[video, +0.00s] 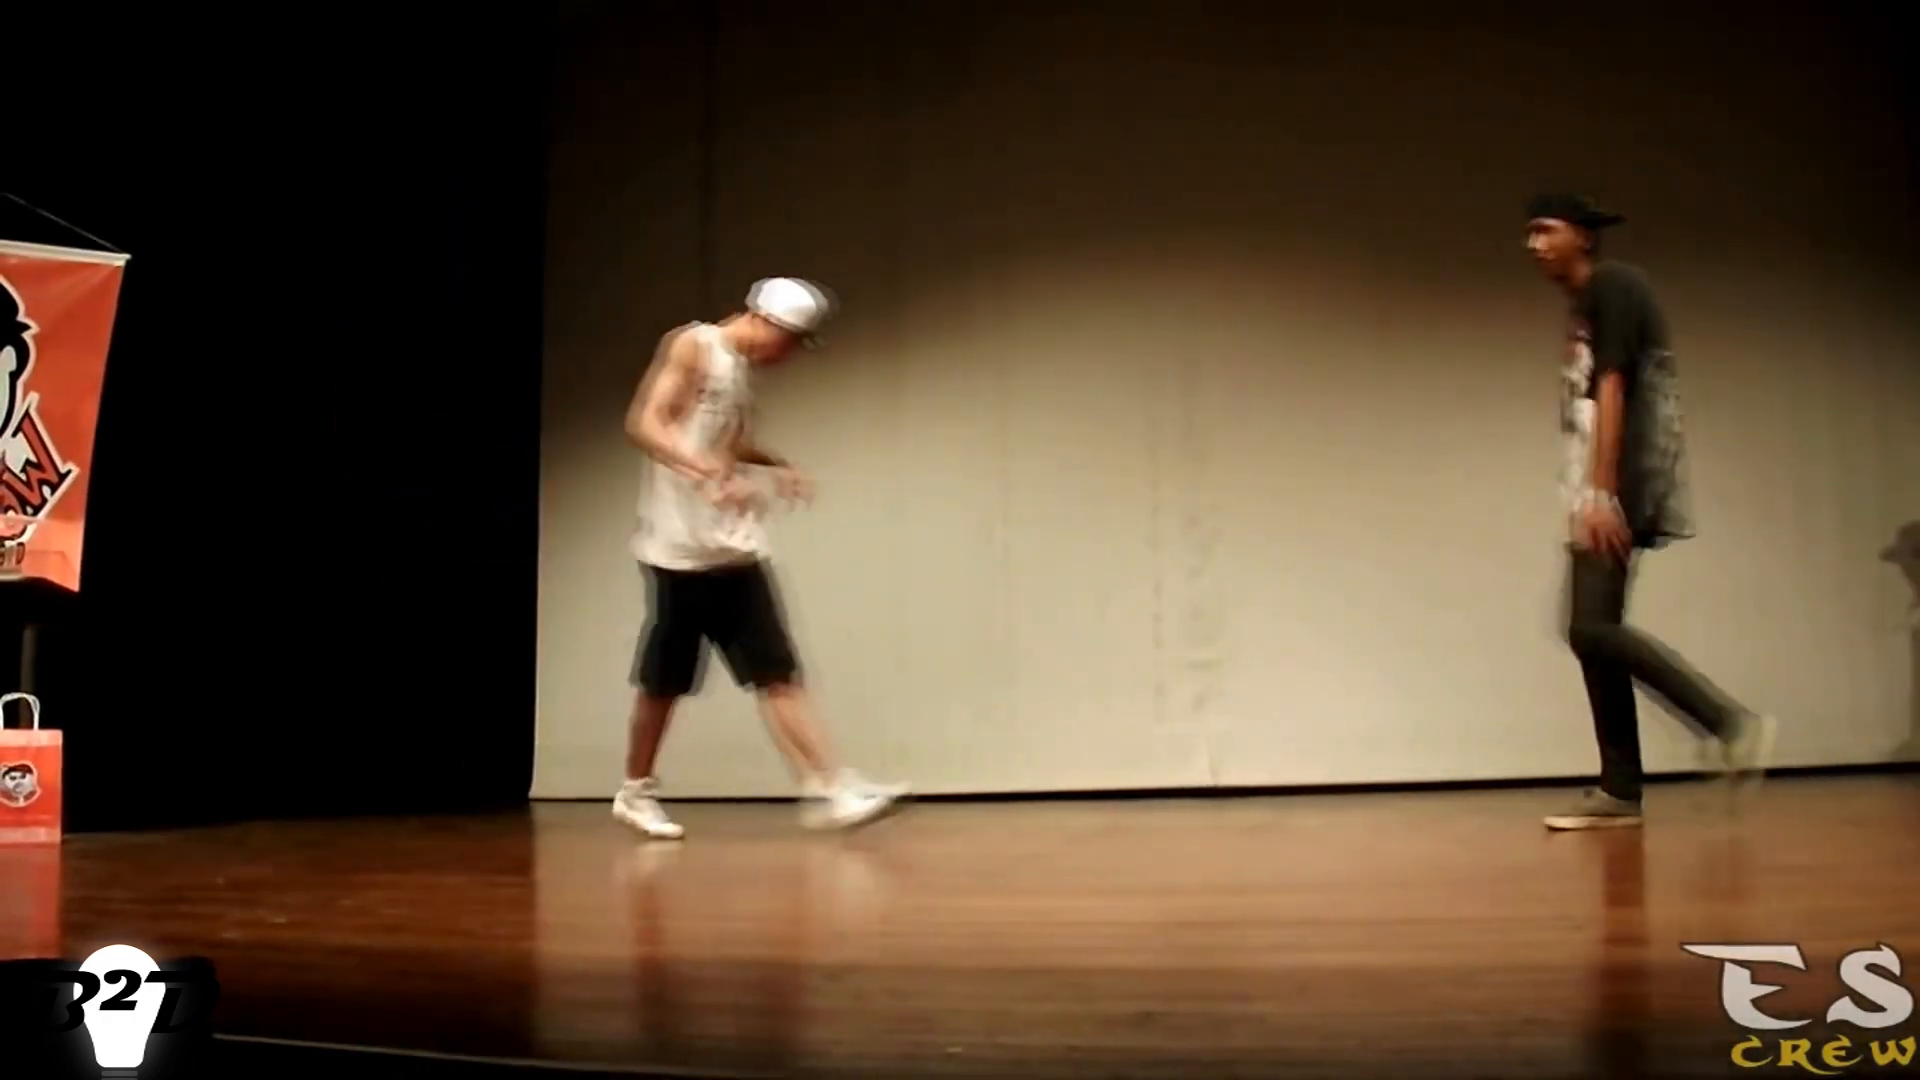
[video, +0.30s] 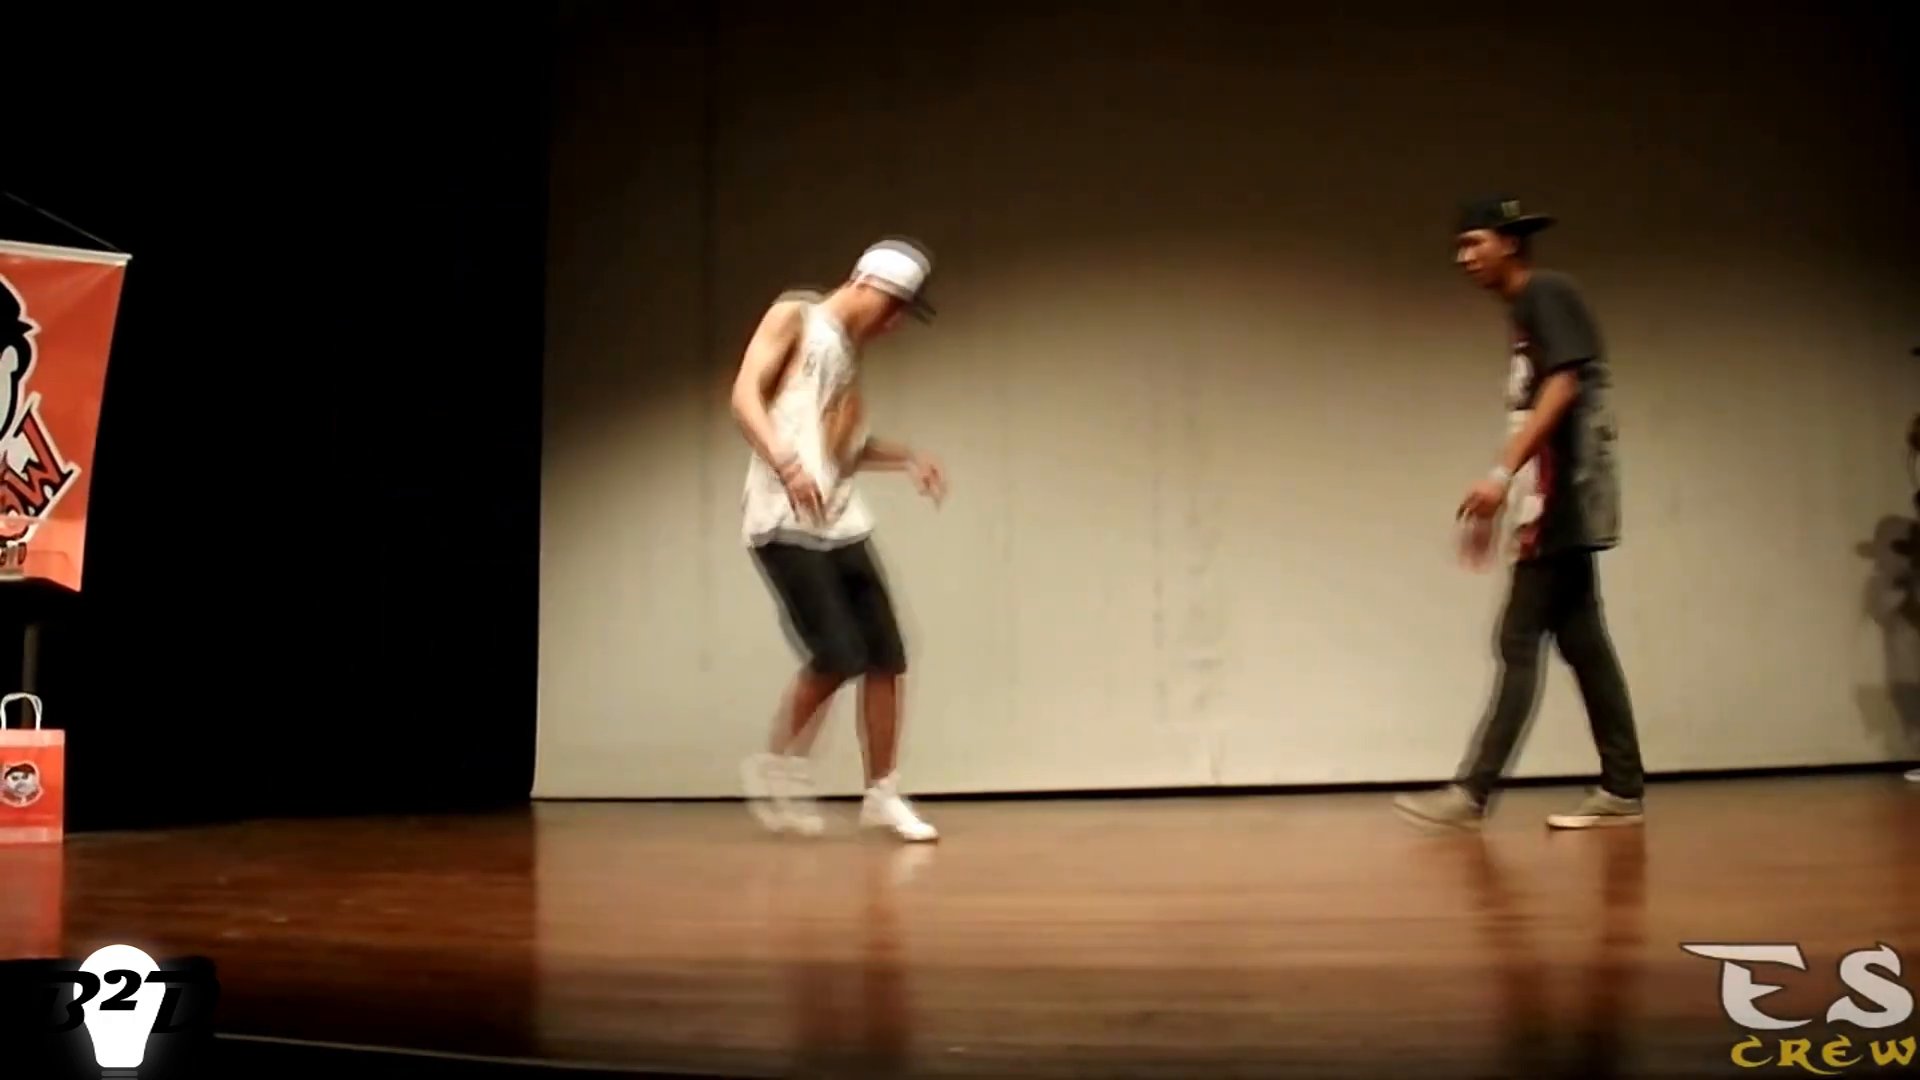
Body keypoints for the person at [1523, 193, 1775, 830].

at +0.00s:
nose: (1534, 243)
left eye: (1546, 231)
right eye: (1532, 233)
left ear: (1582, 236)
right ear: (1558, 244)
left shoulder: (1613, 289)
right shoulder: (1592, 300)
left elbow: (1611, 395)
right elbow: (1602, 404)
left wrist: (1602, 492)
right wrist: (1593, 496)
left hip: (1616, 497)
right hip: (1600, 499)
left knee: (1594, 630)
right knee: (1595, 634)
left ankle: (1733, 725)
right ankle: (1620, 790)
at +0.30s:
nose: (1464, 257)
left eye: (1474, 243)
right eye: (1462, 246)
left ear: (1511, 243)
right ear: (1489, 252)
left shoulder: (1546, 295)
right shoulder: (1526, 308)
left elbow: (1562, 387)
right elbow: (1539, 415)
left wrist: (1500, 474)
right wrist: (1513, 502)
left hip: (1564, 509)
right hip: (1555, 508)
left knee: (1519, 640)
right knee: (1584, 643)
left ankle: (1472, 792)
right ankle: (1623, 789)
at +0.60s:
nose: (1403, 264)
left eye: (1412, 250)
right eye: (1399, 253)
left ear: (1447, 246)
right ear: (1418, 255)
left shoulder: (1484, 300)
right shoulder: (1456, 310)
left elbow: (1489, 411)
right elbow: (1463, 424)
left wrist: (1478, 512)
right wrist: (1445, 512)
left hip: (1492, 506)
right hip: (1468, 507)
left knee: (1481, 644)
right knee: (1448, 637)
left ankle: (1471, 797)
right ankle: (1562, 743)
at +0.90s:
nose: (1370, 249)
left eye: (1381, 234)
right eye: (1364, 239)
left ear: (1414, 237)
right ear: (1366, 251)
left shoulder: (1454, 294)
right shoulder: (1394, 318)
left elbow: (1470, 400)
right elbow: (1397, 425)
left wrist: (1446, 499)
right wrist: (1382, 512)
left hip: (1461, 503)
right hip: (1416, 508)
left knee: (1462, 644)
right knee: (1410, 644)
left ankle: (1472, 794)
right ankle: (1399, 787)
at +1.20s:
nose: (1343, 247)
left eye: (1354, 234)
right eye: (1334, 238)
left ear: (1384, 238)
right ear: (1331, 248)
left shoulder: (1423, 295)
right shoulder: (1343, 325)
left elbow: (1461, 387)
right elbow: (1337, 431)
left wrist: (1449, 470)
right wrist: (1322, 523)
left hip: (1424, 499)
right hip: (1369, 507)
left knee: (1415, 629)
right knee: (1364, 644)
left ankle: (1459, 779)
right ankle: (1375, 794)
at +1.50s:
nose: (1353, 233)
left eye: (1364, 220)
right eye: (1347, 224)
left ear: (1398, 225)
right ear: (1346, 236)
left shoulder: (1437, 287)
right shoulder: (1360, 309)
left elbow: (1472, 383)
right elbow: (1350, 413)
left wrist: (1494, 479)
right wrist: (1311, 483)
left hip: (1428, 493)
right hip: (1372, 502)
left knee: (1435, 623)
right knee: (1375, 641)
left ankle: (1528, 769)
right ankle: (1385, 793)